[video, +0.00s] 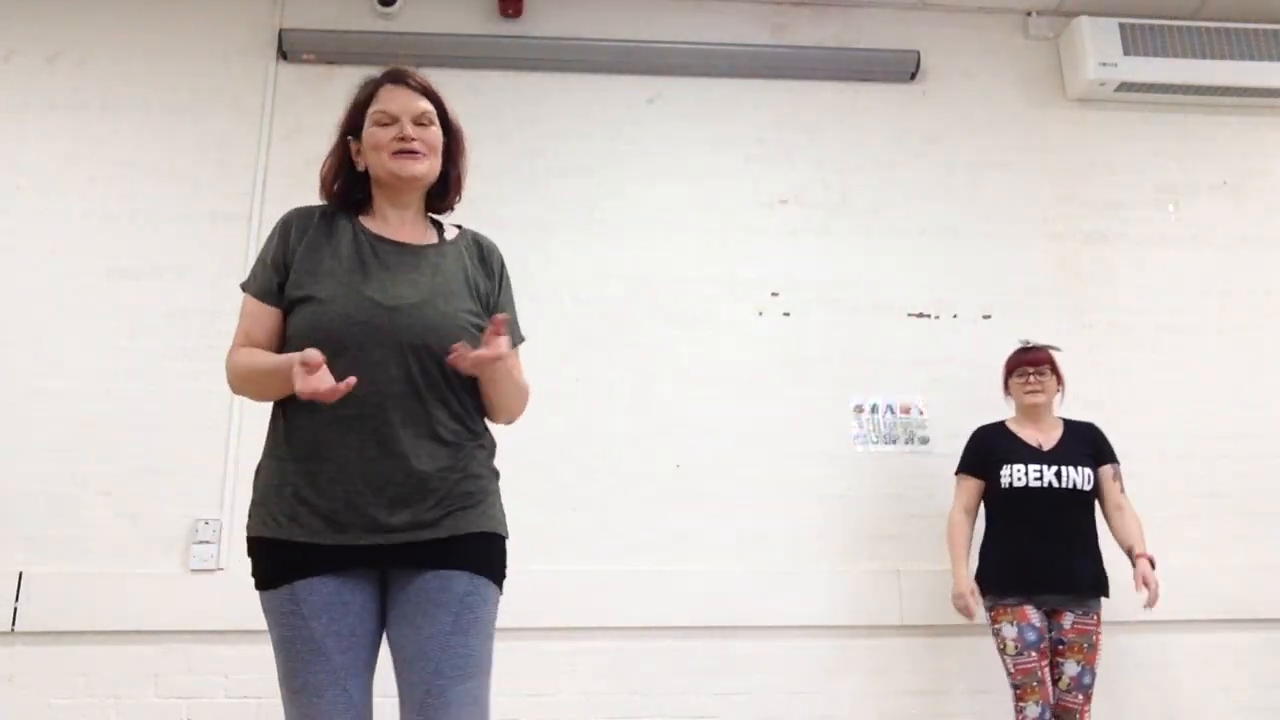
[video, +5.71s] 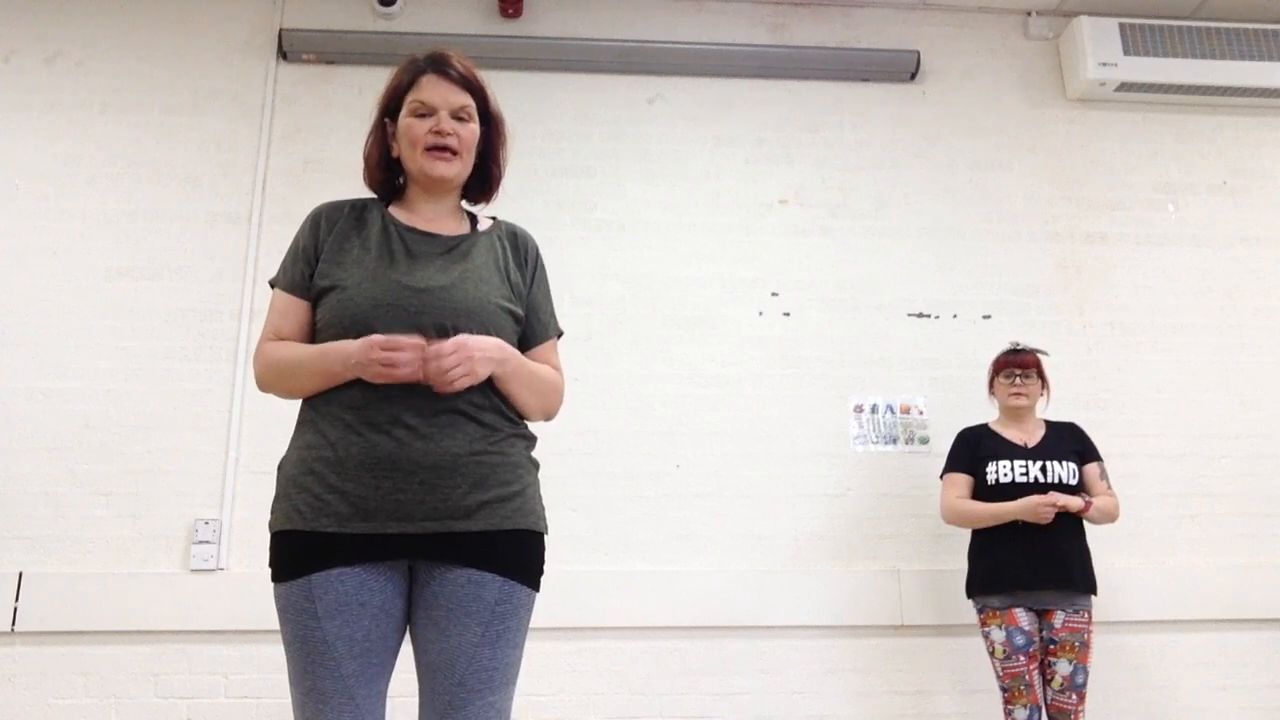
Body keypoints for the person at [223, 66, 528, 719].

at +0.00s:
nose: (409, 133)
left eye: (424, 122)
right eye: (387, 123)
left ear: (445, 148)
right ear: (357, 149)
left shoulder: (478, 258)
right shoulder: (302, 234)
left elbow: (509, 408)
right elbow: (242, 366)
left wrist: (497, 362)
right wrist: (289, 372)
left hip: (450, 520)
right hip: (310, 521)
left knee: (451, 713)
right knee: (324, 714)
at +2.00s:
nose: (447, 123)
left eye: (467, 117)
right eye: (430, 109)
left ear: (484, 148)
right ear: (396, 130)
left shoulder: (512, 250)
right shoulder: (329, 229)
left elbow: (546, 401)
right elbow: (271, 377)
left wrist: (512, 339)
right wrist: (329, 326)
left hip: (486, 524)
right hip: (335, 520)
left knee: (473, 714)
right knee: (336, 714)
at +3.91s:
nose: (453, 119)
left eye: (470, 111)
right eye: (433, 106)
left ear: (488, 140)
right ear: (399, 130)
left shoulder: (519, 246)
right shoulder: (336, 226)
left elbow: (546, 403)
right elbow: (282, 374)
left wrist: (533, 358)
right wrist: (348, 343)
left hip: (491, 522)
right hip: (339, 517)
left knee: (475, 714)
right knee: (339, 714)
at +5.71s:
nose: (443, 127)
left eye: (461, 115)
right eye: (424, 112)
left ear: (483, 138)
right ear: (392, 132)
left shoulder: (514, 249)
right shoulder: (331, 227)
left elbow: (547, 399)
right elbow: (270, 365)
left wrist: (499, 356)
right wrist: (353, 358)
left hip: (486, 518)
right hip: (332, 513)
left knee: (471, 713)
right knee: (335, 713)